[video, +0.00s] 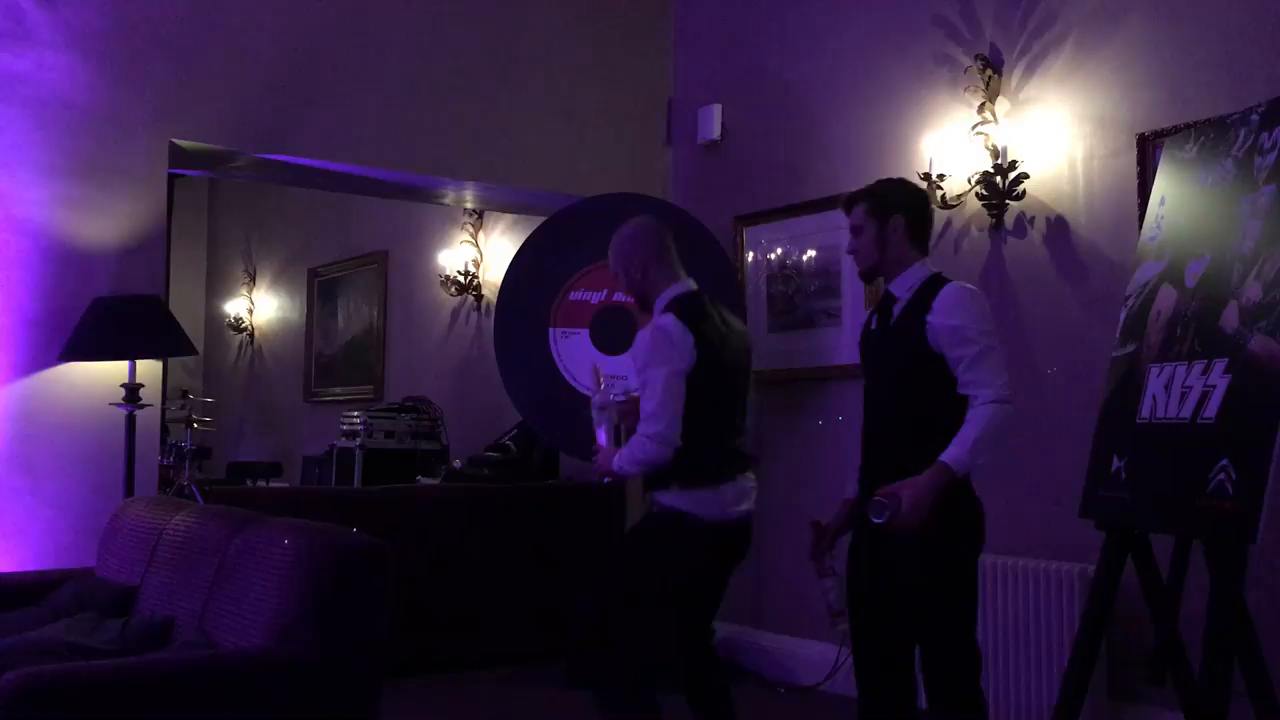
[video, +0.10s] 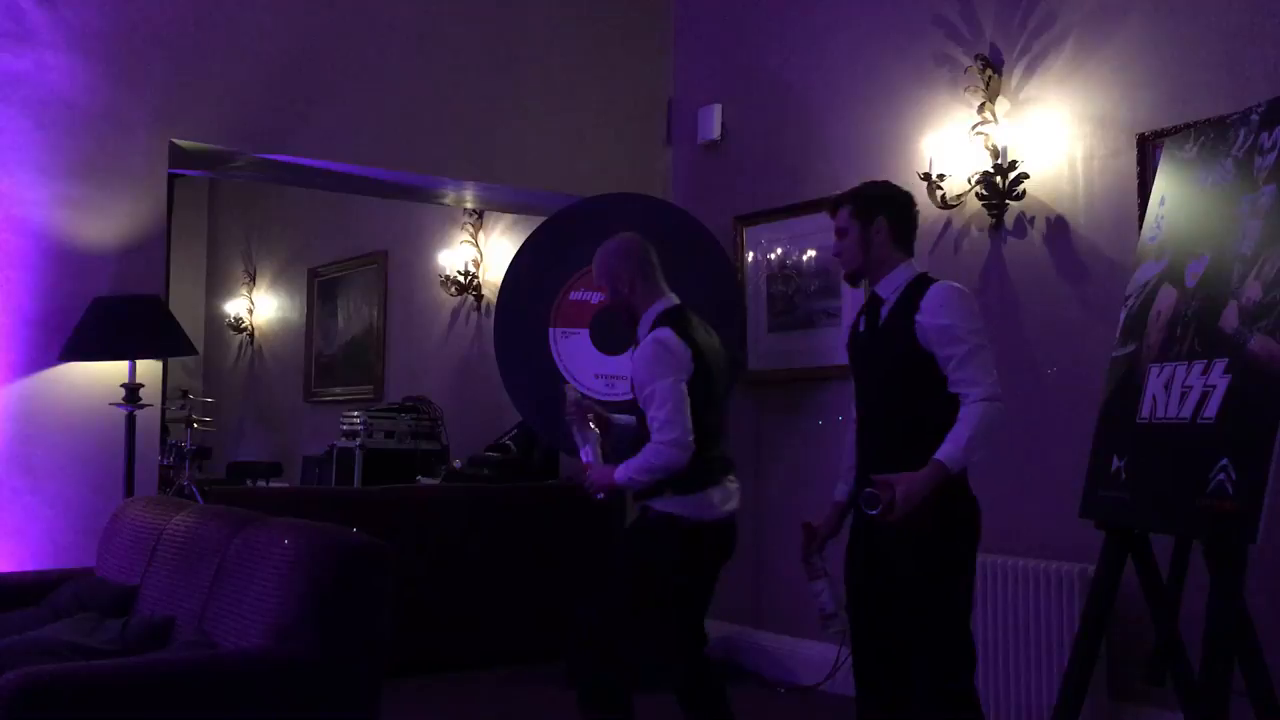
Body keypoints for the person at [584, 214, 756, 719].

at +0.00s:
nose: (617, 284)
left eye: (618, 271)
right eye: (614, 272)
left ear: (638, 267)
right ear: (668, 259)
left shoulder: (665, 332)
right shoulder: (724, 323)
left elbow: (660, 439)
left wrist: (611, 462)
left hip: (685, 518)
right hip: (732, 514)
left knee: (625, 631)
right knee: (691, 637)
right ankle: (716, 715)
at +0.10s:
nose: (605, 298)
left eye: (605, 286)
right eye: (601, 287)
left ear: (625, 282)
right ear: (648, 273)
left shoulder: (658, 345)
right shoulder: (690, 329)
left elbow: (674, 445)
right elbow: (665, 426)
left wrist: (615, 476)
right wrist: (606, 420)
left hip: (680, 516)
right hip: (711, 508)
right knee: (682, 640)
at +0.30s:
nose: (566, 303)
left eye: (570, 292)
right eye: (564, 293)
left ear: (597, 285)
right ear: (605, 283)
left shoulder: (636, 349)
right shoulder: (613, 338)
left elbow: (680, 439)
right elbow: (619, 416)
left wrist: (635, 517)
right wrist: (561, 409)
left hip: (646, 506)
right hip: (628, 498)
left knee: (627, 630)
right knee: (640, 629)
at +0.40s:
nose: (561, 309)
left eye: (564, 298)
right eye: (557, 299)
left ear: (593, 288)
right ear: (591, 288)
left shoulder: (630, 346)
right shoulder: (598, 337)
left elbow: (670, 436)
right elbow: (608, 411)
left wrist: (640, 518)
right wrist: (550, 420)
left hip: (636, 500)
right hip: (611, 495)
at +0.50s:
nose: (558, 305)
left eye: (563, 294)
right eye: (554, 295)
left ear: (592, 286)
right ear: (566, 290)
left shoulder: (627, 341)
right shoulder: (589, 337)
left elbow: (674, 423)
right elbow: (599, 410)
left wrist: (644, 500)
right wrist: (542, 428)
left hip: (632, 494)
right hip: (603, 490)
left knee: (609, 604)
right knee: (599, 602)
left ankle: (622, 706)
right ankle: (609, 701)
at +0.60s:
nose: (563, 303)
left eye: (571, 293)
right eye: (557, 294)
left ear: (598, 288)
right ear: (553, 293)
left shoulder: (630, 342)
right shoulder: (566, 339)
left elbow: (680, 419)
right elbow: (586, 406)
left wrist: (651, 492)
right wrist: (540, 441)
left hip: (628, 492)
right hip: (590, 489)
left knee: (605, 603)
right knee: (591, 602)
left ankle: (611, 707)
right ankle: (600, 702)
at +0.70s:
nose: (572, 314)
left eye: (580, 304)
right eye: (564, 306)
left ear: (602, 300)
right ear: (557, 309)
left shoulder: (636, 358)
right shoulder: (566, 358)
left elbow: (679, 429)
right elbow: (565, 424)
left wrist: (664, 495)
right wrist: (533, 466)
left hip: (627, 500)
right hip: (584, 497)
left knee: (605, 603)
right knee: (584, 601)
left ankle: (613, 704)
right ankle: (596, 699)